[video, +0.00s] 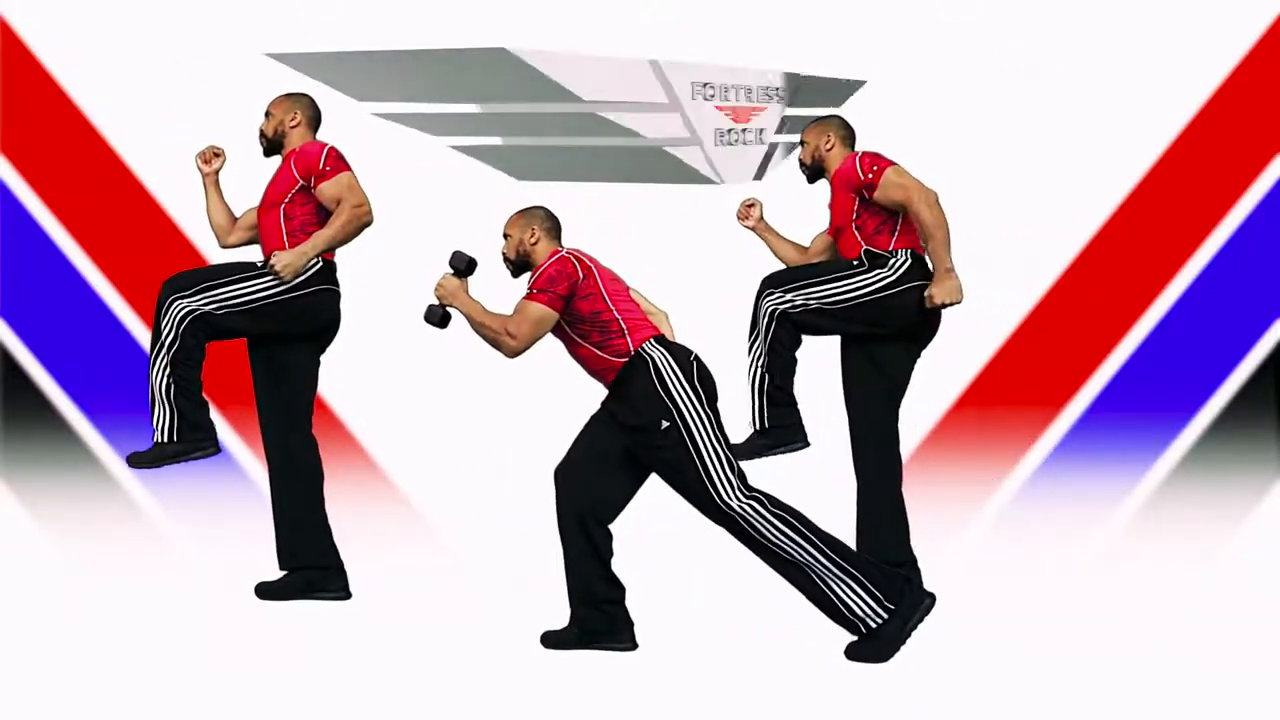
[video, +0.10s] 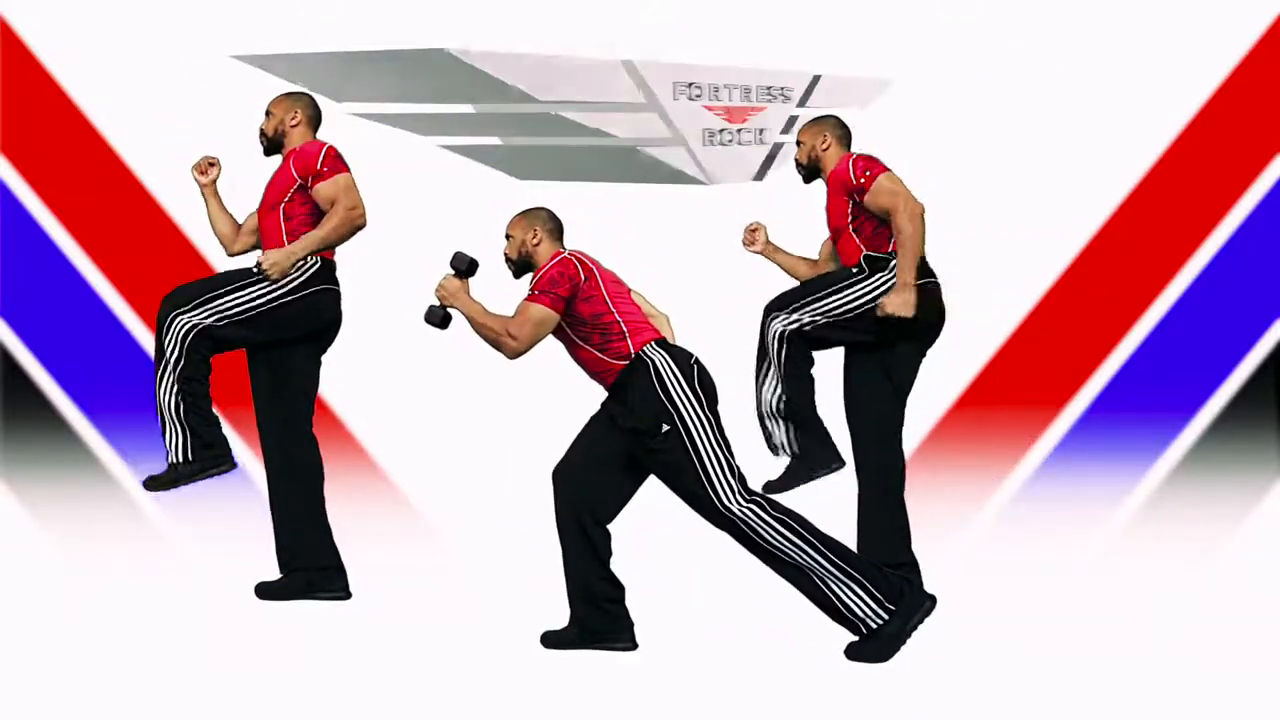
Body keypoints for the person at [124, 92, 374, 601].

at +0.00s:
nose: (261, 126)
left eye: (268, 117)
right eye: (263, 118)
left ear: (295, 120)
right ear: (294, 122)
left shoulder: (315, 154)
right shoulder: (285, 185)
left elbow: (358, 209)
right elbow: (230, 234)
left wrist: (305, 252)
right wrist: (211, 178)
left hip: (296, 284)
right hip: (295, 299)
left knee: (179, 297)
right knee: (288, 441)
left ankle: (185, 430)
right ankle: (316, 571)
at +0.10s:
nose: (261, 126)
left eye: (268, 116)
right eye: (263, 118)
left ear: (294, 118)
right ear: (295, 120)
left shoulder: (315, 153)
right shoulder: (284, 181)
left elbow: (352, 212)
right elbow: (236, 241)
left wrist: (293, 253)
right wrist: (209, 190)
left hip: (299, 282)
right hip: (295, 296)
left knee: (180, 314)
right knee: (287, 440)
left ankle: (197, 449)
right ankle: (316, 572)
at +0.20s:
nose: (263, 125)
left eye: (269, 115)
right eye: (265, 117)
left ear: (294, 115)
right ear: (297, 119)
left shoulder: (316, 155)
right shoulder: (283, 176)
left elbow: (328, 221)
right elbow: (251, 257)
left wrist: (259, 245)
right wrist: (212, 217)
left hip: (299, 282)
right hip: (290, 293)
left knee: (191, 349)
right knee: (285, 436)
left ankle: (227, 482)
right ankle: (315, 572)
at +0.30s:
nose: (263, 124)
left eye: (268, 113)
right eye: (264, 115)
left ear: (292, 113)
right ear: (300, 117)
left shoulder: (314, 154)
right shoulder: (286, 176)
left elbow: (295, 224)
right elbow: (281, 266)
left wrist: (219, 217)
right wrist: (229, 251)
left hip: (298, 286)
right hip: (297, 293)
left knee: (216, 383)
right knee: (286, 430)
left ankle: (261, 529)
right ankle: (315, 569)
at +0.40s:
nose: (262, 123)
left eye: (267, 113)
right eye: (264, 115)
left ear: (291, 111)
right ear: (300, 116)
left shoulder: (309, 151)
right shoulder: (297, 163)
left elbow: (260, 207)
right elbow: (299, 247)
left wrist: (196, 181)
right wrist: (258, 270)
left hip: (299, 287)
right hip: (295, 288)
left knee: (253, 417)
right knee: (289, 430)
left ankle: (288, 567)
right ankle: (320, 565)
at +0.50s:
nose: (259, 118)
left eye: (265, 108)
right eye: (261, 111)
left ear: (291, 108)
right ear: (300, 114)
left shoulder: (303, 148)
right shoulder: (308, 160)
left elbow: (238, 196)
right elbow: (333, 250)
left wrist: (191, 151)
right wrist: (271, 276)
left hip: (294, 286)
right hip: (297, 288)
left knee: (286, 423)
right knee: (288, 425)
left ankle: (308, 579)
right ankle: (325, 571)